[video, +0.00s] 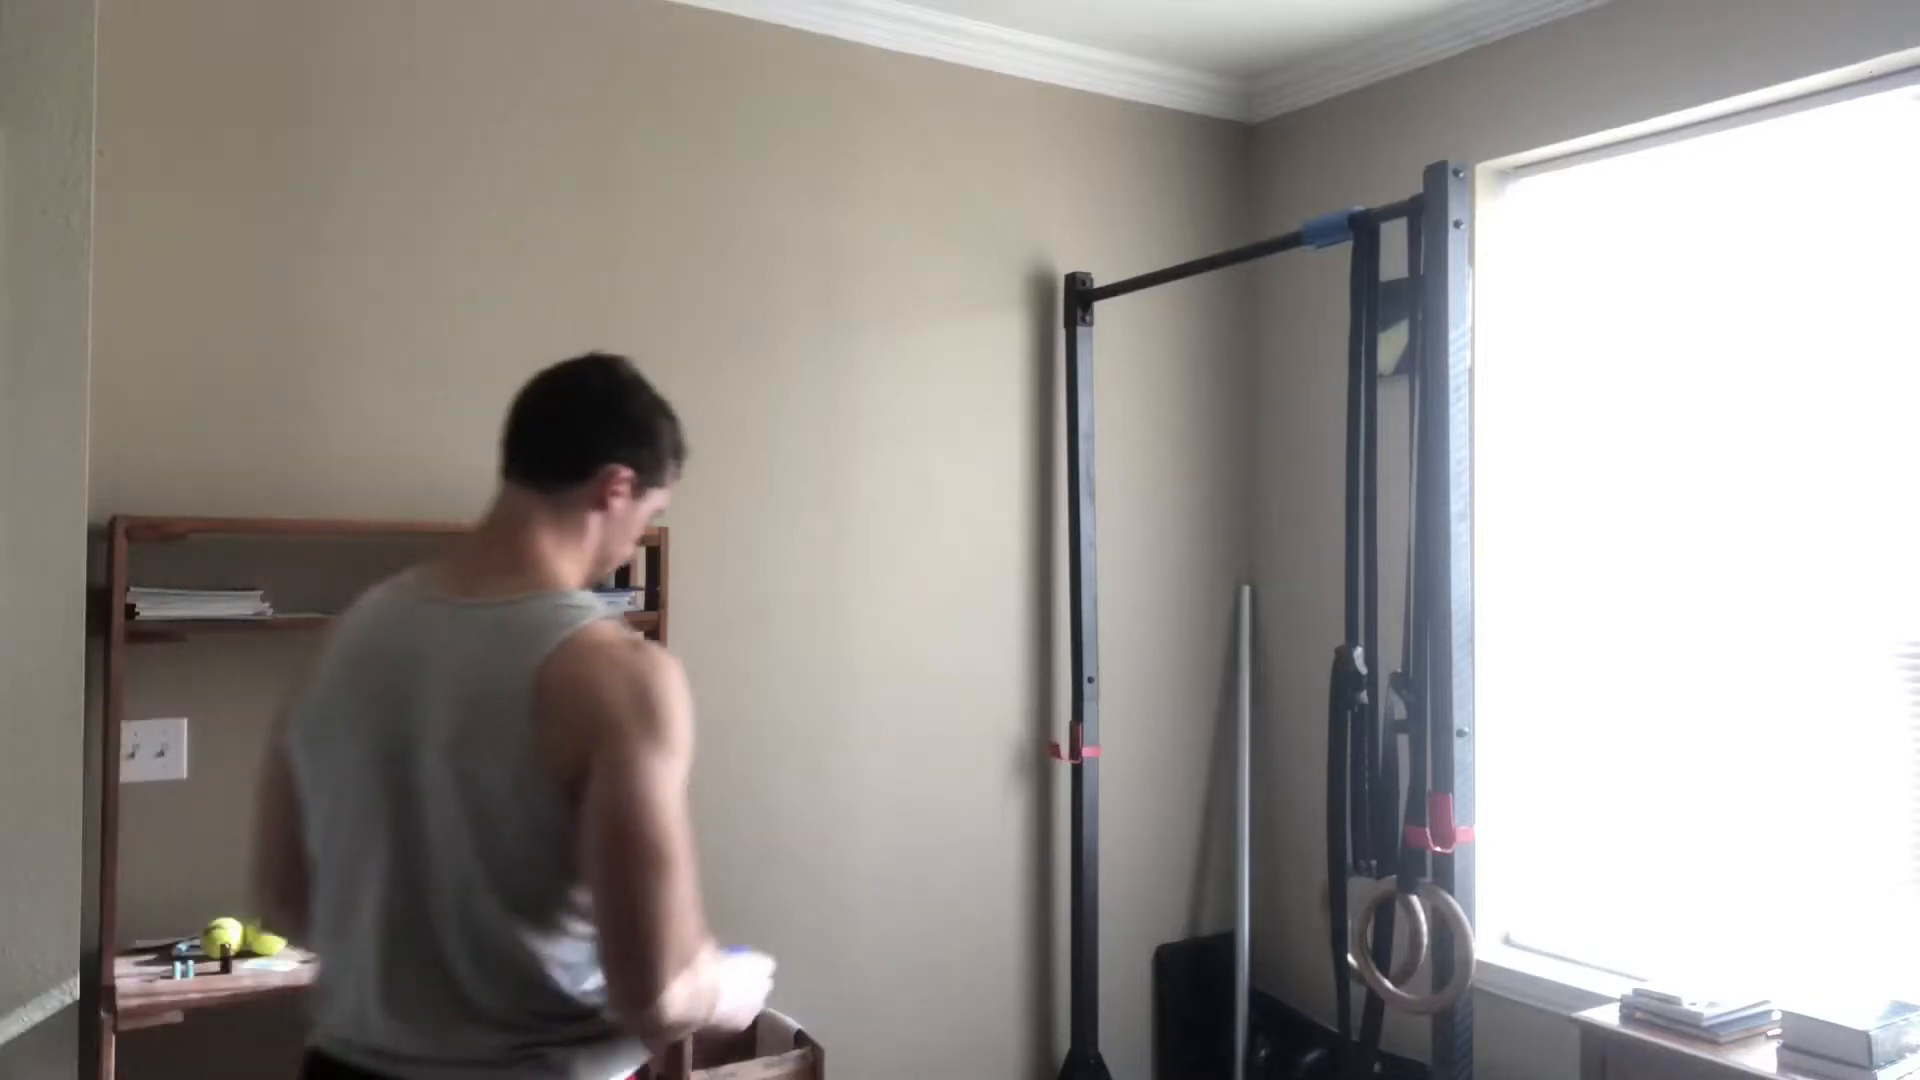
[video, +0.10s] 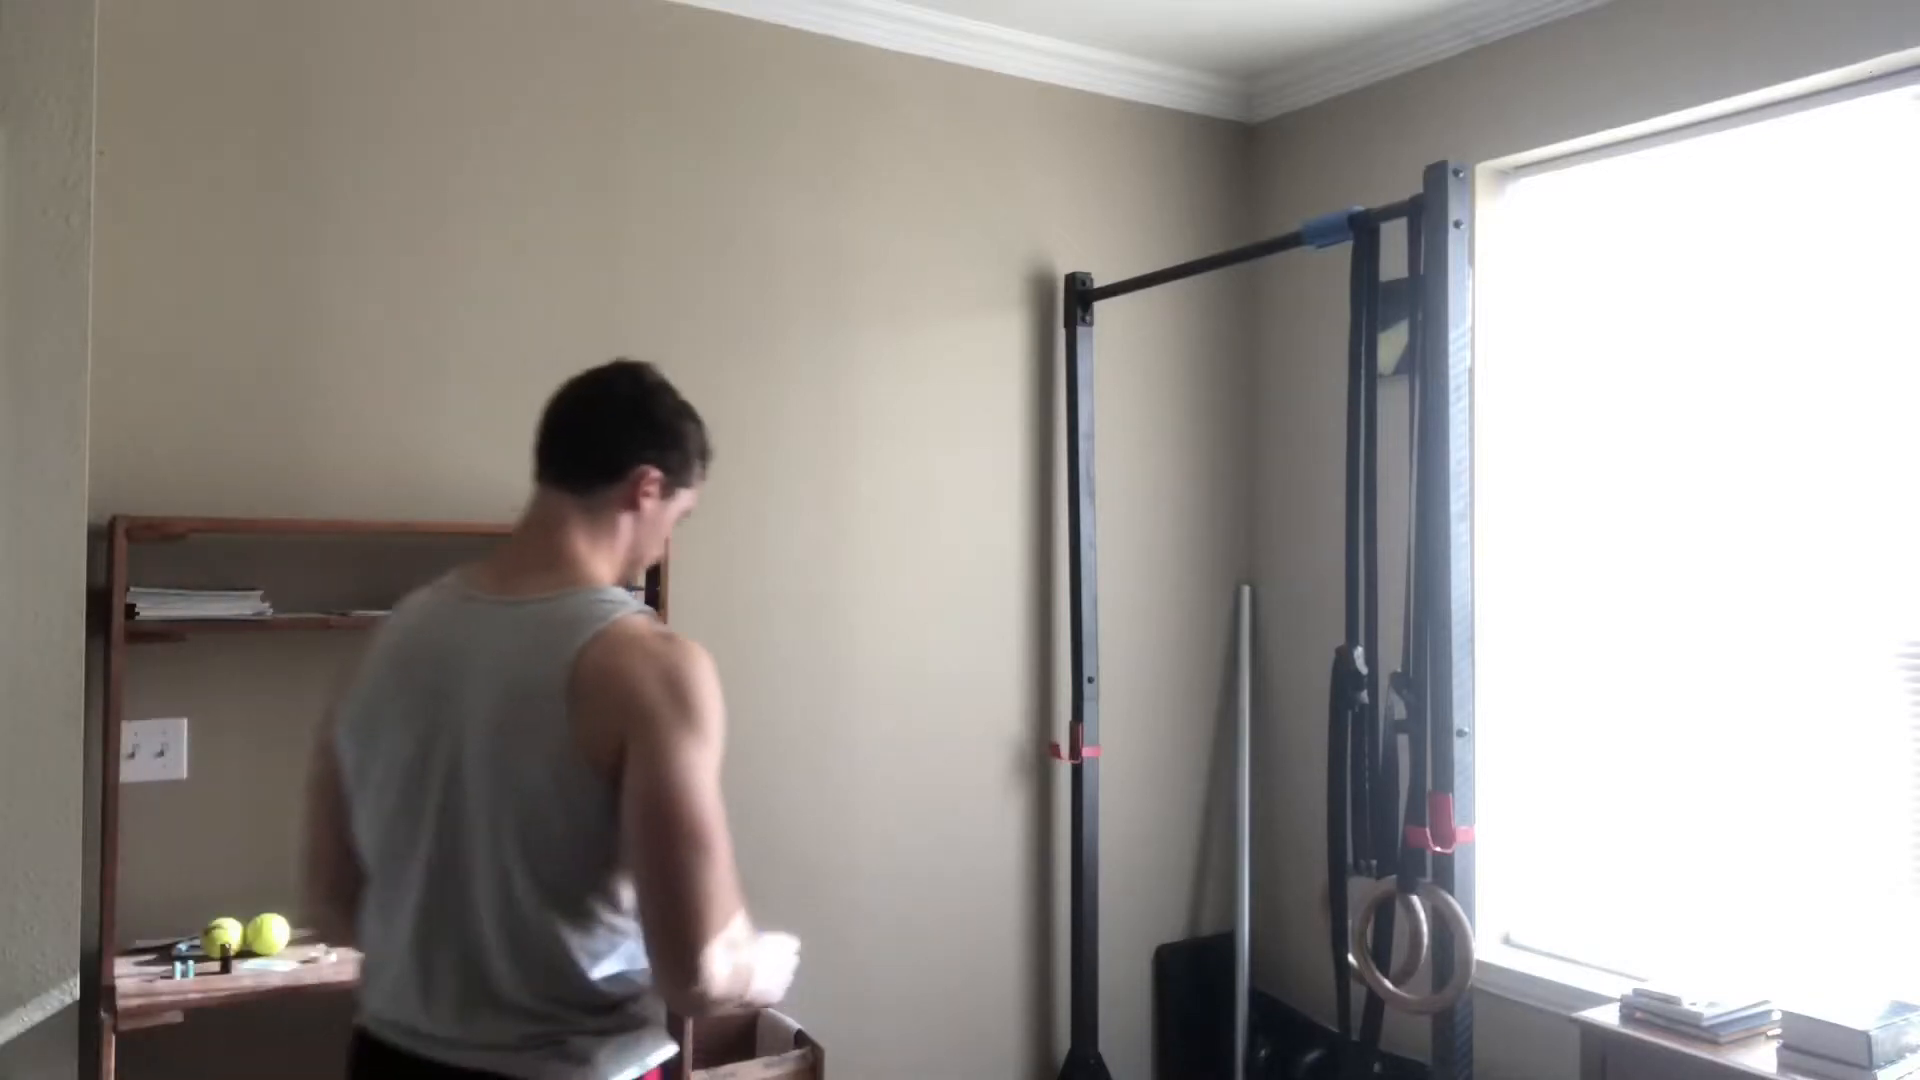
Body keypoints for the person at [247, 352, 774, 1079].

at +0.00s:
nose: (640, 547)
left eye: (655, 522)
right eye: (652, 518)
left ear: (517, 463)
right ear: (614, 489)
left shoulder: (359, 628)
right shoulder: (620, 677)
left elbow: (285, 893)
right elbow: (657, 993)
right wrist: (720, 986)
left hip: (350, 1056)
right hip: (541, 1061)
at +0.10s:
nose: (667, 548)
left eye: (681, 522)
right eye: (678, 518)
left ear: (550, 469)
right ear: (645, 491)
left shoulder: (402, 630)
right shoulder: (651, 666)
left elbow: (334, 896)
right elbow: (697, 975)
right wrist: (755, 965)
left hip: (392, 1050)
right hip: (576, 1062)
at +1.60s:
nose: (1086, 540)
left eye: (1090, 520)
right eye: (1082, 518)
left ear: (1025, 509)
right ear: (1026, 507)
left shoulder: (994, 620)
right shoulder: (978, 639)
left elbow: (1045, 774)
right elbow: (1039, 836)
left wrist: (1143, 747)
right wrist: (1161, 767)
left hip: (1010, 950)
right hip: (995, 962)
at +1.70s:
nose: (1100, 543)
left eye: (1104, 523)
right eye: (1096, 520)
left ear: (1041, 514)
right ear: (1041, 511)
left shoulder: (1019, 626)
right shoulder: (980, 641)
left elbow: (1059, 766)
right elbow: (1044, 831)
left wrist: (1174, 759)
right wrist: (1178, 770)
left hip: (1038, 947)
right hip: (999, 958)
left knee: (1074, 1069)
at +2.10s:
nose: (1174, 548)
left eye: (1179, 530)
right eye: (1170, 527)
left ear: (1119, 521)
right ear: (1117, 517)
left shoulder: (1107, 631)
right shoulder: (1034, 629)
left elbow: (1143, 787)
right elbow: (1077, 814)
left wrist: (1250, 841)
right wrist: (1222, 846)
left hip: (1103, 904)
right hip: (1043, 911)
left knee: (1125, 1067)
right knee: (1067, 1069)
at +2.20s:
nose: (1201, 552)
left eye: (1206, 535)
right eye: (1196, 530)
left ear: (1145, 522)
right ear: (1145, 519)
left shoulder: (1131, 634)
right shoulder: (1056, 625)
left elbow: (1160, 785)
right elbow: (1086, 813)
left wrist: (1264, 859)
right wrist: (1225, 855)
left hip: (1107, 896)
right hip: (1038, 900)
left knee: (1124, 1067)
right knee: (1061, 1068)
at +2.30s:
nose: (1228, 561)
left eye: (1233, 545)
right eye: (1224, 541)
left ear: (1175, 530)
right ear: (1170, 525)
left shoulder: (1154, 646)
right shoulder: (1078, 623)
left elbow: (1179, 792)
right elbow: (1096, 806)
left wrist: (1294, 875)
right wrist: (1226, 860)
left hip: (1103, 885)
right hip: (1031, 885)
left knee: (1123, 1067)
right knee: (1057, 1069)